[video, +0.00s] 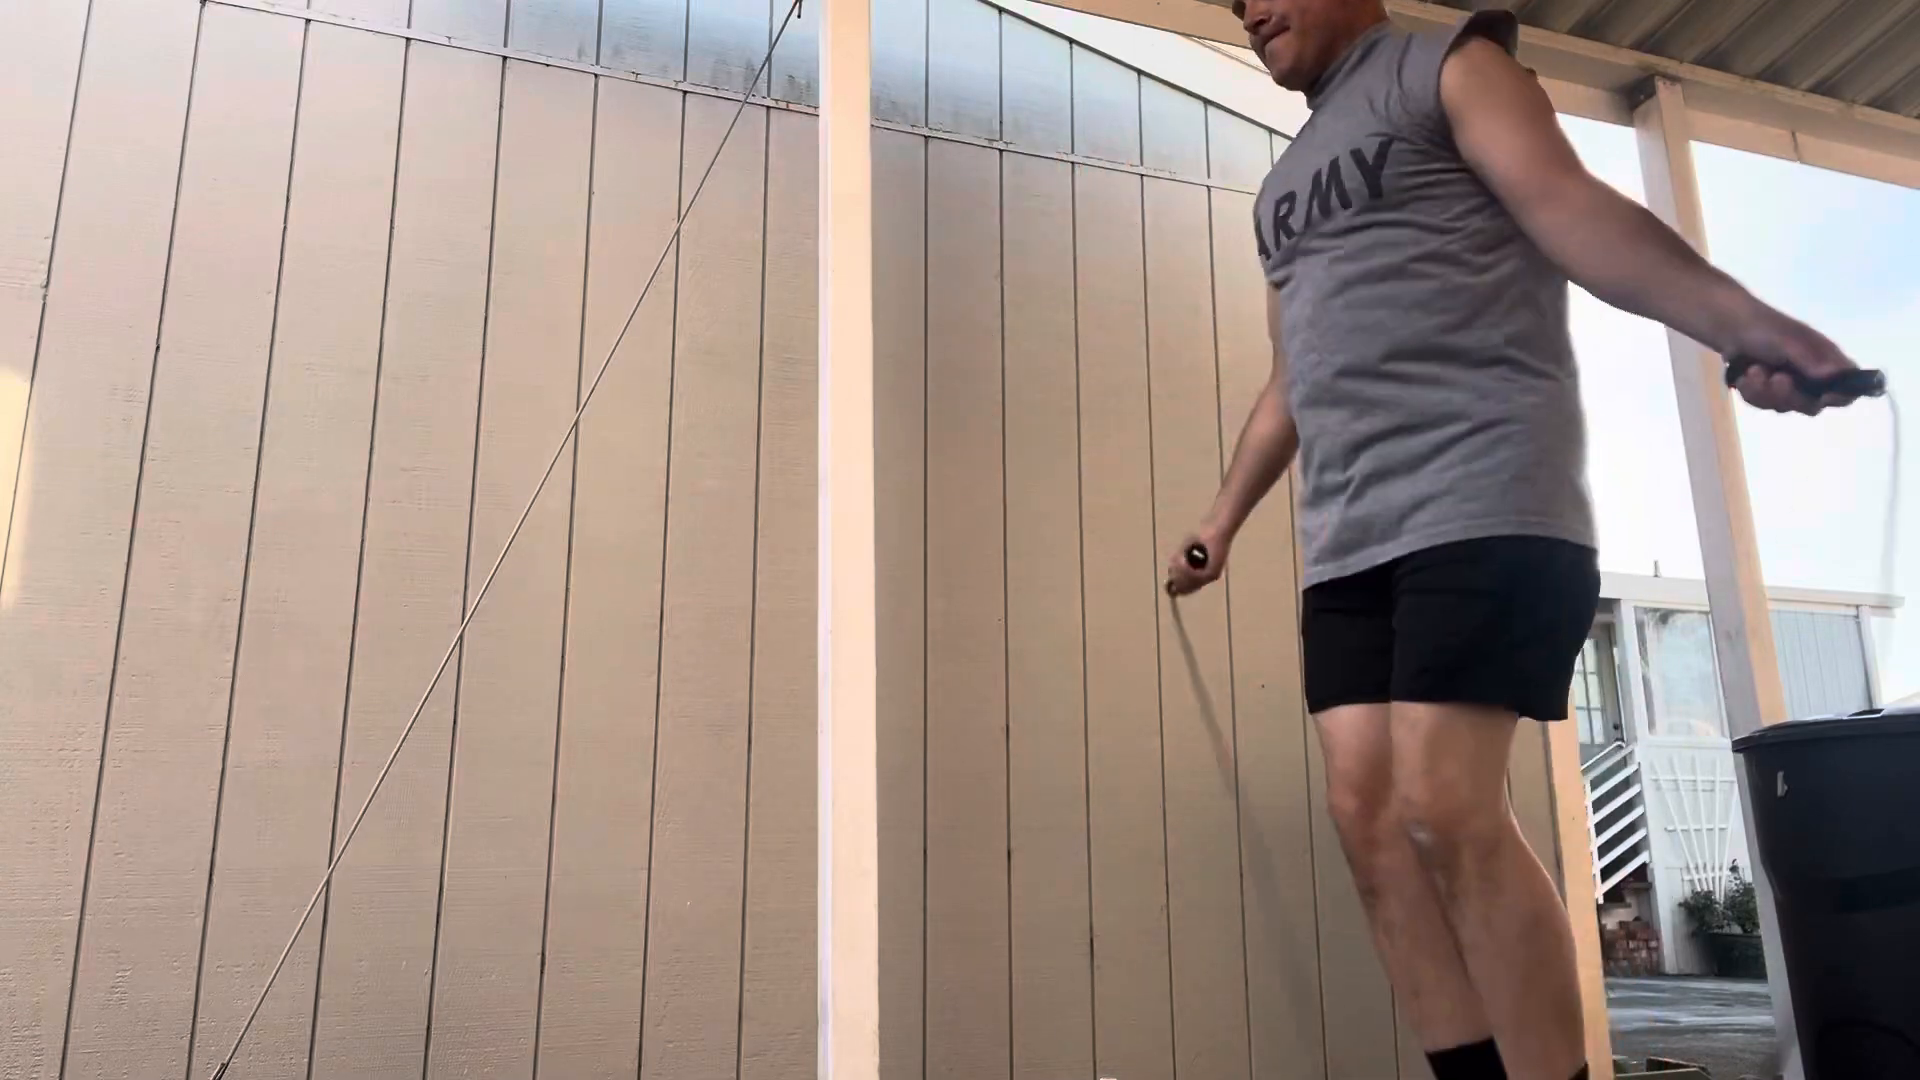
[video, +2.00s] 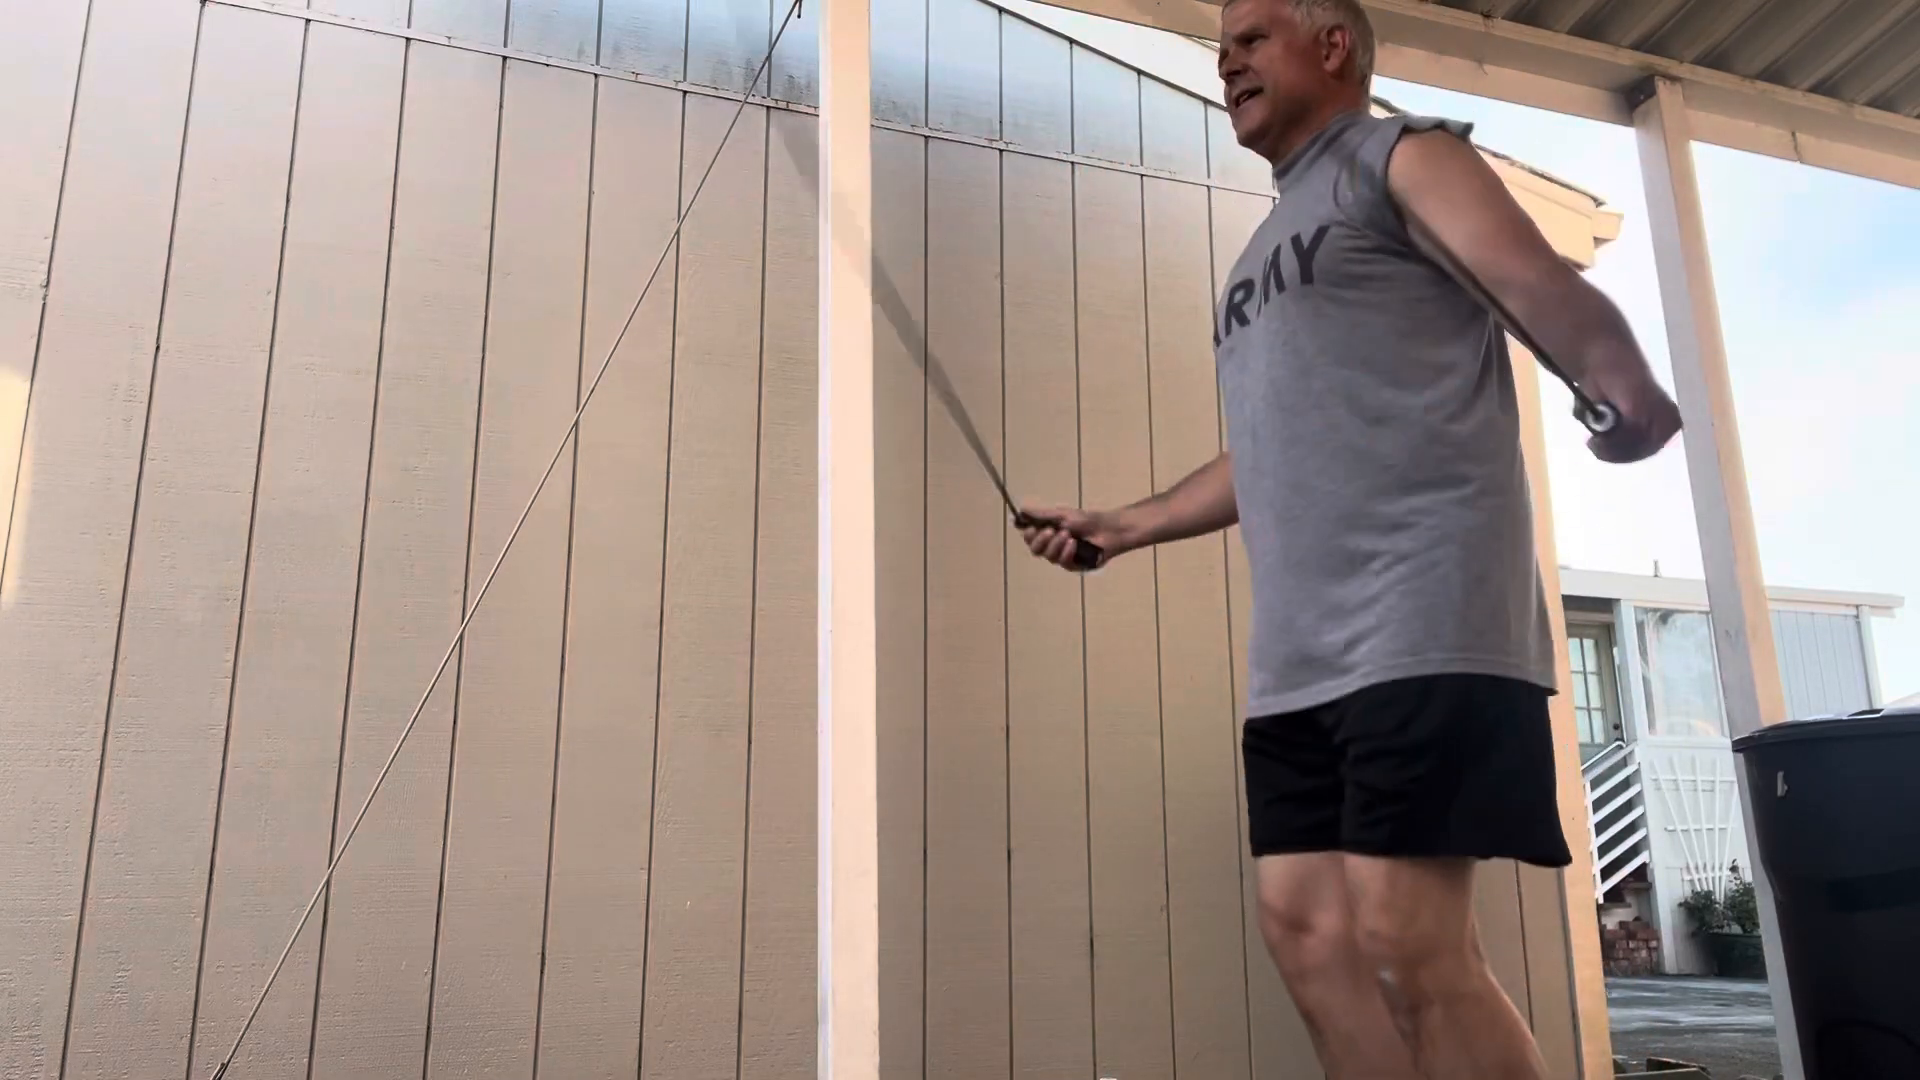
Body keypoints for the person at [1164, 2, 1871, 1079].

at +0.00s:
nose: (1250, 15)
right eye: (1241, 7)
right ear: (1257, 26)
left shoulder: (1446, 60)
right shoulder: (1281, 186)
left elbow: (1567, 205)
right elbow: (1294, 375)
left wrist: (1739, 321)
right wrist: (1223, 512)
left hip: (1488, 479)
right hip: (1344, 520)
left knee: (1449, 809)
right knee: (1368, 818)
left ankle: (1550, 1074)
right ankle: (1472, 1073)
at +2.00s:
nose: (1227, 62)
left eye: (1251, 36)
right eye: (1221, 49)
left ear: (1333, 44)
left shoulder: (1402, 155)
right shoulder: (1255, 261)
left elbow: (1533, 278)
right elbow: (1262, 459)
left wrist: (1632, 391)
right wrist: (1115, 528)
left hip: (1426, 607)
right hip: (1296, 633)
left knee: (1412, 936)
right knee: (1306, 927)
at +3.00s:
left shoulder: (1450, 45)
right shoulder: (1286, 159)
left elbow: (1578, 172)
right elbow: (1294, 362)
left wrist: (1754, 258)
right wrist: (1197, 502)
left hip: (1453, 484)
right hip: (1321, 514)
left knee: (1464, 827)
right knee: (1377, 833)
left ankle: (1551, 1071)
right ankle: (1457, 1070)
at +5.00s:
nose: (1339, 3)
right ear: (1342, 22)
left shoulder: (1520, 78)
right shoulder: (1353, 190)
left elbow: (1643, 222)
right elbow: (1350, 388)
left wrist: (1790, 337)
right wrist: (1233, 514)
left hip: (1517, 561)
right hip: (1381, 579)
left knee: (1533, 888)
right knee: (1431, 876)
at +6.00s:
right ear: (1390, 1)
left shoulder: (1556, 24)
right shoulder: (1372, 148)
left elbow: (1728, 142)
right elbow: (1382, 349)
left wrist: (1904, 195)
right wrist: (1266, 456)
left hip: (1576, 484)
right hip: (1420, 519)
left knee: (1590, 821)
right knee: (1483, 831)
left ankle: (1682, 1065)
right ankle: (1586, 1065)